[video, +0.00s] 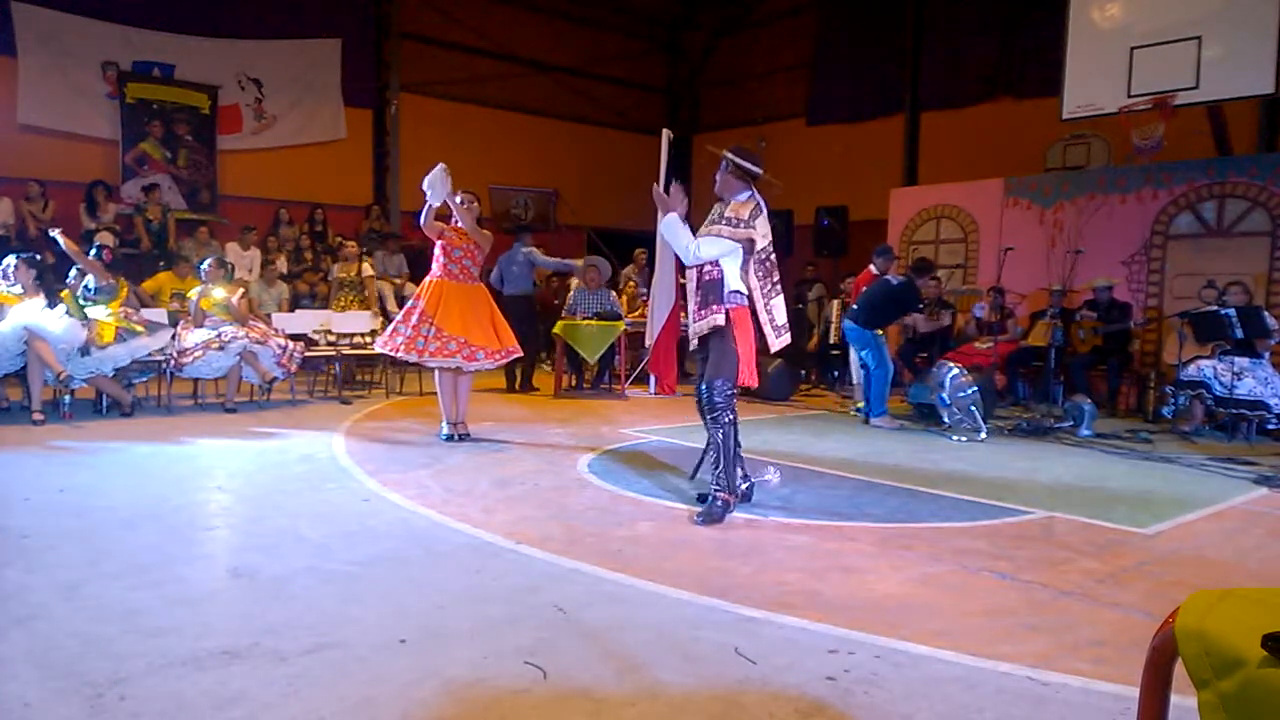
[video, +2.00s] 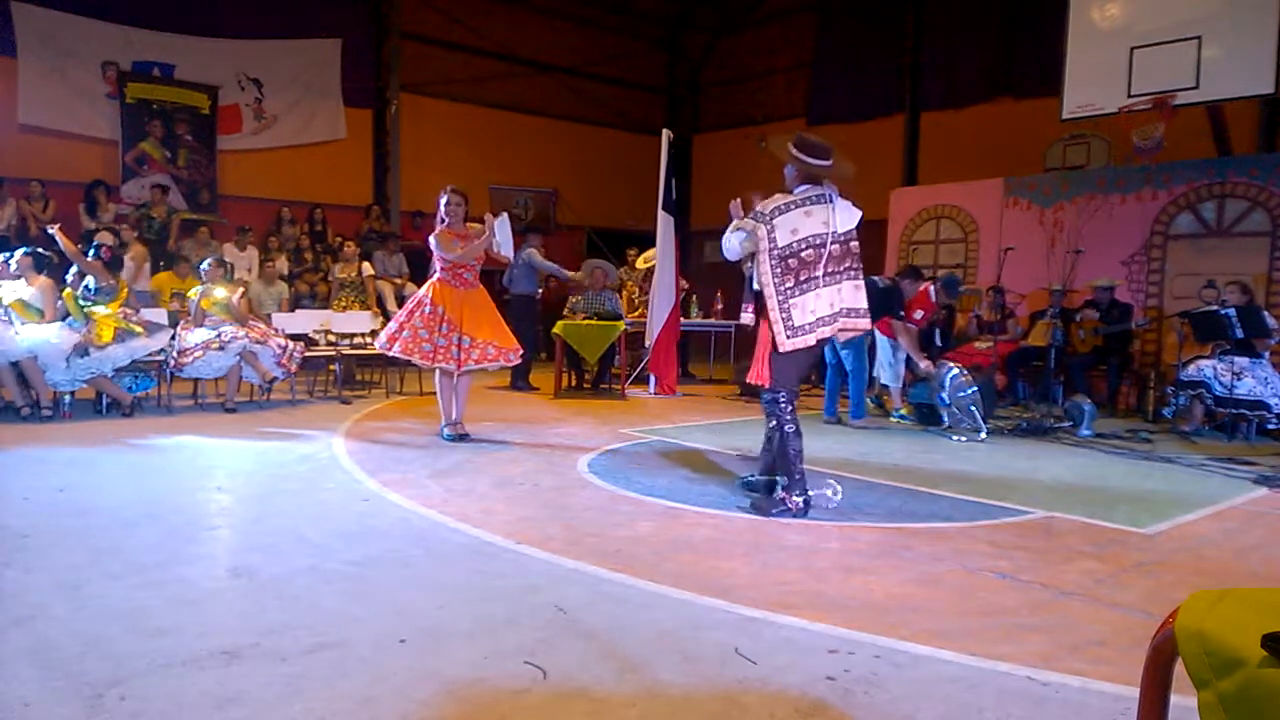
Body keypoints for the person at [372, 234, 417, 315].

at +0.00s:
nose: (396, 245)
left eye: (397, 242)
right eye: (393, 242)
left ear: (398, 244)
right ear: (387, 243)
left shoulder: (400, 255)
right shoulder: (379, 255)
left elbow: (405, 272)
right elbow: (380, 273)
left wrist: (402, 283)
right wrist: (393, 282)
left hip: (397, 278)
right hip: (383, 278)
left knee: (412, 289)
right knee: (387, 288)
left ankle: (411, 314)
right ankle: (394, 314)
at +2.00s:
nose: (396, 244)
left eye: (397, 242)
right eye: (393, 242)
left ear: (398, 243)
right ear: (386, 243)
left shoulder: (400, 255)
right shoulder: (378, 255)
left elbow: (405, 272)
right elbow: (379, 274)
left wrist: (402, 283)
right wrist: (393, 282)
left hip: (398, 278)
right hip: (384, 278)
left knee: (412, 289)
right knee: (387, 289)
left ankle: (413, 313)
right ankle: (394, 314)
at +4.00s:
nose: (397, 245)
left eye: (398, 243)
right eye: (394, 242)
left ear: (399, 244)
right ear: (387, 243)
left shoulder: (400, 256)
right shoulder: (379, 254)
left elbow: (405, 272)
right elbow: (380, 273)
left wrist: (404, 282)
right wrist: (395, 283)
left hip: (398, 278)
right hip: (383, 278)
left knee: (414, 291)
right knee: (387, 291)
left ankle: (417, 317)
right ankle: (387, 318)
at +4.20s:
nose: (397, 245)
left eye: (398, 243)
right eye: (394, 243)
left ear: (399, 244)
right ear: (388, 243)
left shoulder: (400, 256)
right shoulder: (379, 254)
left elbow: (405, 272)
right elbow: (380, 273)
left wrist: (404, 282)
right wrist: (395, 283)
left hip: (398, 278)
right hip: (383, 278)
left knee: (414, 291)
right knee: (387, 291)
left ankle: (418, 317)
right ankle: (387, 318)